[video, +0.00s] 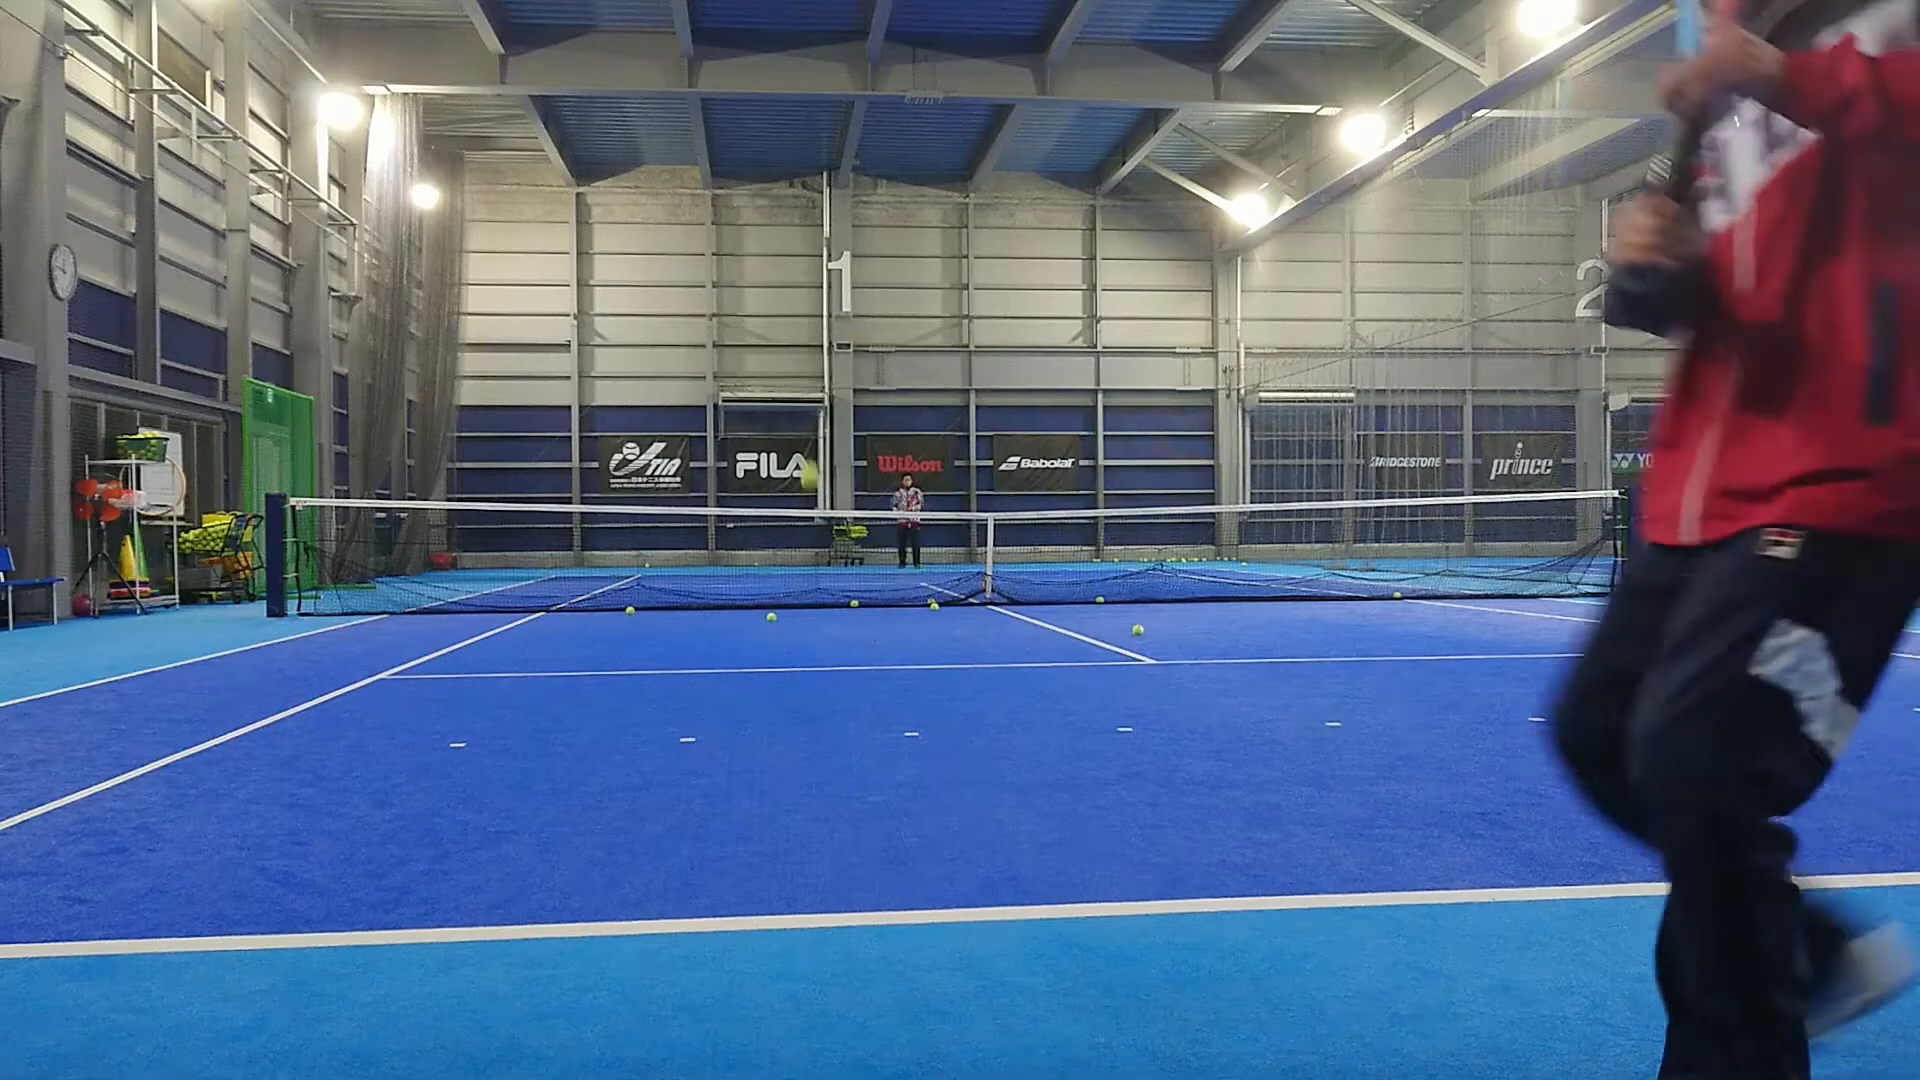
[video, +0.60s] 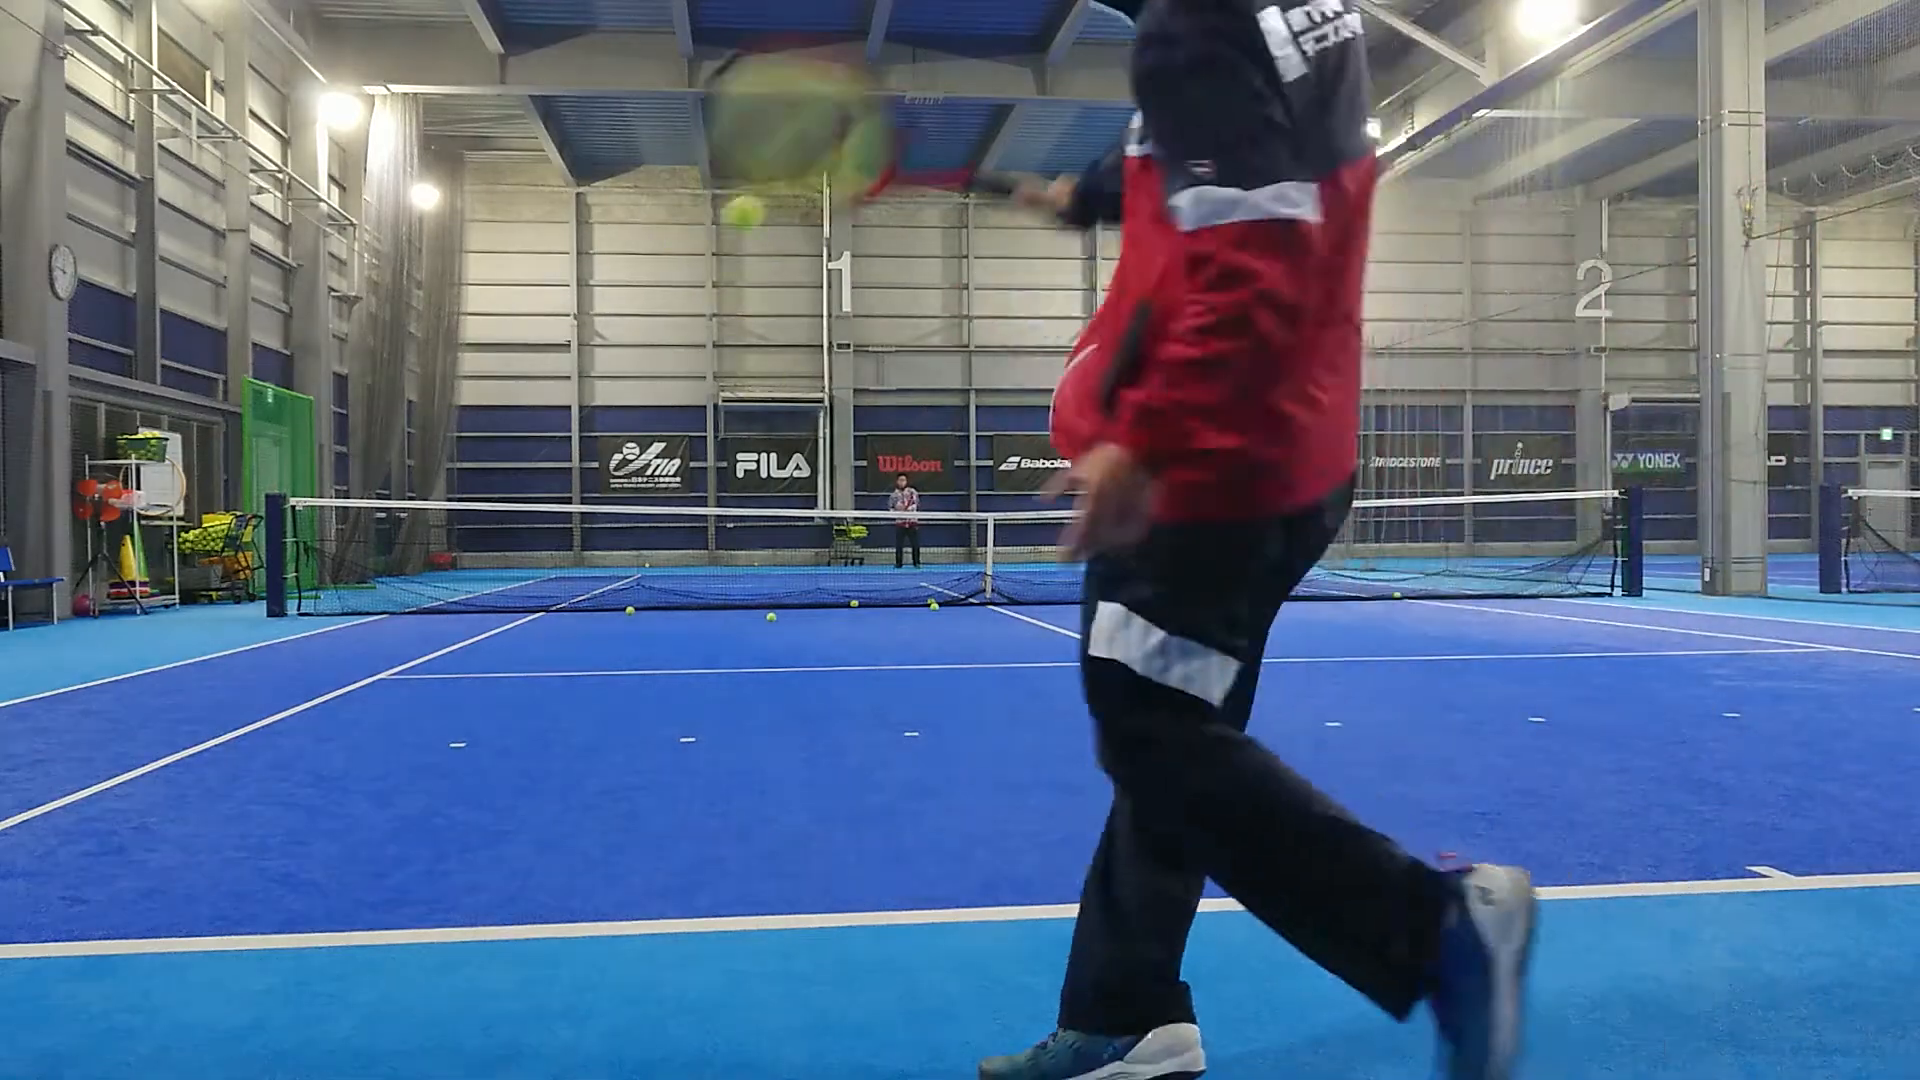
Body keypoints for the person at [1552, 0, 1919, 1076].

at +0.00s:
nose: (1725, 3)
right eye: (1718, 4)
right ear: (1721, 12)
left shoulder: (1891, 37)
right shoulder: (1730, 95)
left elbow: (1907, 108)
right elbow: (1717, 289)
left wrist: (1783, 75)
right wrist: (1659, 265)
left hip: (1857, 475)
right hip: (1710, 474)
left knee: (1697, 750)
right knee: (1600, 728)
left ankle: (1734, 1058)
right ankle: (1811, 952)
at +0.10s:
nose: (1628, 22)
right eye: (1627, 14)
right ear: (1619, 10)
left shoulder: (1821, 33)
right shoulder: (1627, 63)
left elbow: (1903, 60)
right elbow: (1567, 254)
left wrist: (1714, 33)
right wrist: (1531, 228)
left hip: (1756, 483)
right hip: (1603, 487)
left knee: (1653, 774)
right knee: (1470, 714)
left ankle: (1738, 1061)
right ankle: (1505, 1009)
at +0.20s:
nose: (1542, 6)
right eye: (1529, 4)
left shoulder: (1723, 34)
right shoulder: (1502, 68)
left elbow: (1866, 86)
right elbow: (1405, 239)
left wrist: (1646, 40)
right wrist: (1415, 197)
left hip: (1659, 507)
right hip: (1503, 510)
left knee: (1607, 797)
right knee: (1384, 742)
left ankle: (1733, 1068)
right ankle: (1250, 999)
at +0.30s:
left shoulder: (1607, 40)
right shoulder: (1379, 69)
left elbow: (1718, 140)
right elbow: (1289, 245)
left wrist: (1591, 144)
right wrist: (1330, 203)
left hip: (1543, 515)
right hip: (1399, 518)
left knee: (1535, 812)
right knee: (1273, 759)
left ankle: (1718, 1063)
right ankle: (1154, 1025)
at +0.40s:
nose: (1240, 7)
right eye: (1239, 8)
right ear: (1262, 8)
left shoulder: (1443, 33)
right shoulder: (1258, 95)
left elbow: (1576, 190)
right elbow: (1184, 253)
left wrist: (1484, 314)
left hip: (1406, 542)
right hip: (1283, 535)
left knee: (1416, 824)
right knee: (1159, 753)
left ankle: (1690, 1050)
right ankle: (1130, 1034)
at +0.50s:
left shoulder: (1332, 41)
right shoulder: (1209, 101)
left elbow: (1437, 233)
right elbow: (1111, 216)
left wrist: (1338, 428)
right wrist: (1004, 311)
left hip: (1294, 504)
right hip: (1216, 503)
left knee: (1253, 774)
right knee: (1139, 753)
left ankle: (1570, 976)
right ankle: (1127, 1027)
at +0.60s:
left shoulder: (1191, 37)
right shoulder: (1307, 17)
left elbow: (1253, 265)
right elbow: (1224, 188)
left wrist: (1142, 440)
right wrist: (1097, 196)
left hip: (1214, 457)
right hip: (1285, 451)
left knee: (1147, 731)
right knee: (1177, 733)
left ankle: (1438, 930)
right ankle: (1125, 1017)